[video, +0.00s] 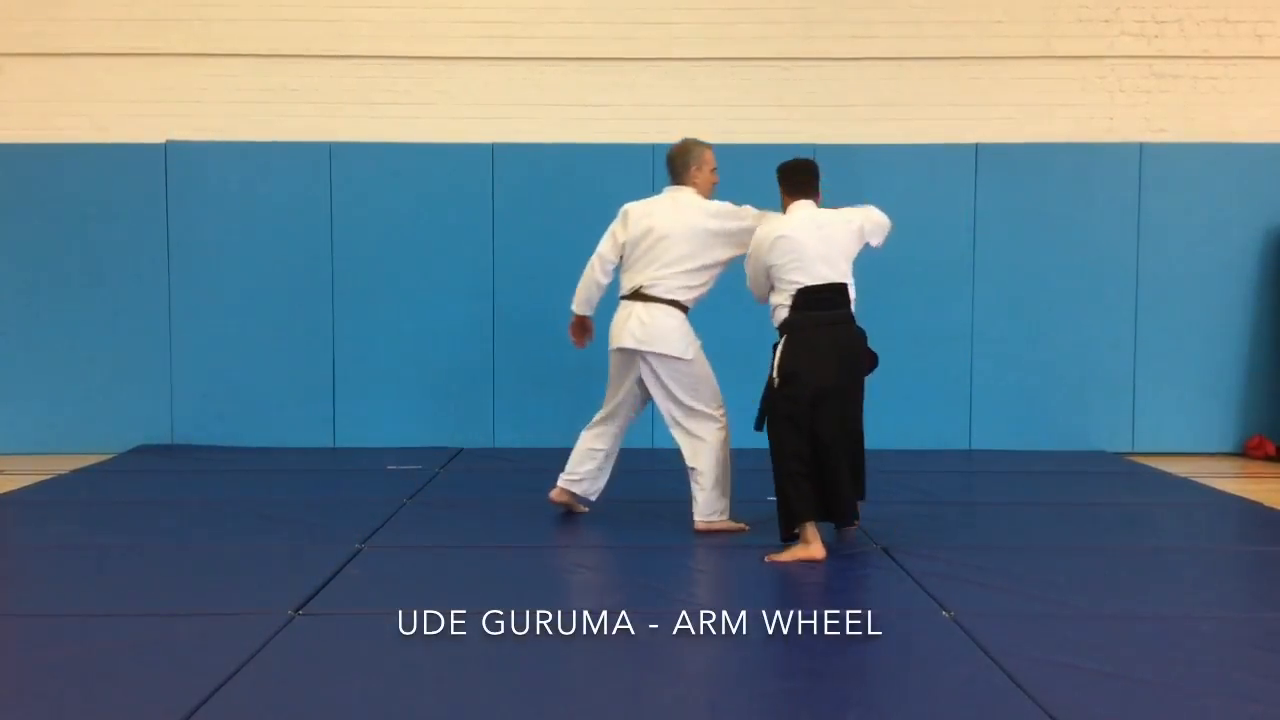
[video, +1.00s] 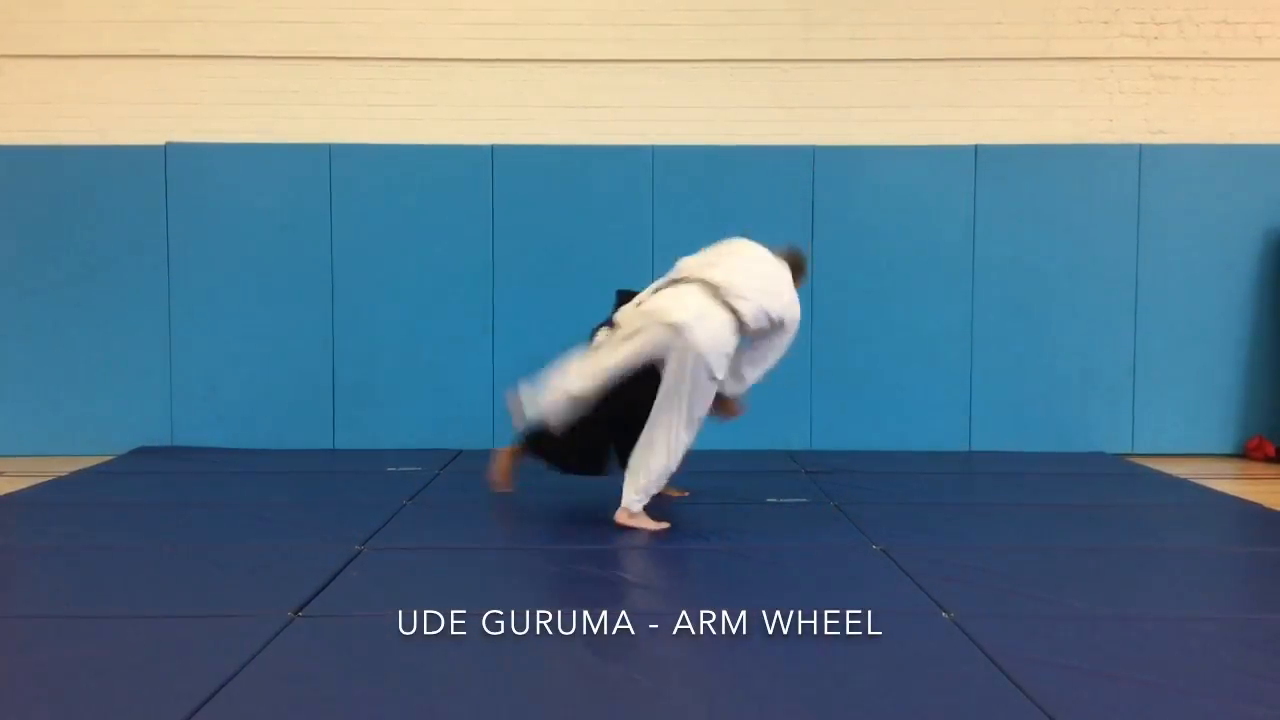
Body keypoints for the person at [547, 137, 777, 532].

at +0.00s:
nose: (716, 177)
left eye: (715, 170)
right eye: (711, 171)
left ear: (676, 174)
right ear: (694, 173)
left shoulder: (634, 210)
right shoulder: (716, 214)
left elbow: (601, 262)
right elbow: (777, 224)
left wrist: (581, 311)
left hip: (624, 325)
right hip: (668, 327)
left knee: (614, 411)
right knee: (707, 420)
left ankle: (570, 487)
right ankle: (710, 515)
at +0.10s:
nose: (730, 186)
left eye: (729, 179)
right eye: (726, 179)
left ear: (691, 181)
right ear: (710, 181)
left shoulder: (647, 211)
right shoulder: (731, 225)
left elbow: (607, 256)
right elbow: (781, 252)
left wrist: (586, 304)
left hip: (626, 321)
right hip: (669, 325)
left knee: (607, 410)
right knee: (708, 419)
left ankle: (566, 490)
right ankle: (708, 515)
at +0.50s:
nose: (729, 202)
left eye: (728, 196)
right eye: (728, 197)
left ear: (690, 194)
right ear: (718, 195)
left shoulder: (651, 220)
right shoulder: (727, 221)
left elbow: (622, 277)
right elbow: (762, 197)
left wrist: (644, 309)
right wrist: (775, 173)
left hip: (632, 318)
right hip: (678, 321)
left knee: (604, 413)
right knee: (714, 416)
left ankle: (572, 497)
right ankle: (710, 514)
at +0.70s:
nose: (734, 185)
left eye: (733, 178)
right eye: (732, 178)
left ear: (694, 176)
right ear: (715, 178)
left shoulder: (652, 214)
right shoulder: (721, 203)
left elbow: (636, 270)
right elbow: (771, 179)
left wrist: (660, 300)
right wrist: (798, 149)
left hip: (633, 314)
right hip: (675, 316)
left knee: (612, 408)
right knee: (708, 412)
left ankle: (575, 494)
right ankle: (707, 512)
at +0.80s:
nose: (750, 194)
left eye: (749, 187)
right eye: (747, 187)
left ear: (713, 184)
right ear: (733, 186)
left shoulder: (663, 218)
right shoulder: (734, 215)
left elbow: (646, 279)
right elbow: (782, 239)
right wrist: (825, 227)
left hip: (633, 324)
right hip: (674, 329)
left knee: (620, 419)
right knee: (712, 415)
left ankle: (578, 496)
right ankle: (675, 499)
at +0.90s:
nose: (781, 235)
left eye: (783, 228)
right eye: (782, 228)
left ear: (751, 213)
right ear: (776, 225)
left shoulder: (700, 227)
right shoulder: (769, 258)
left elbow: (654, 275)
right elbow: (773, 329)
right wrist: (786, 334)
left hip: (642, 321)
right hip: (682, 335)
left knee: (615, 408)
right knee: (694, 434)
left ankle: (571, 489)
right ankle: (634, 504)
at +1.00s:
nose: (794, 289)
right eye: (798, 284)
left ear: (774, 253)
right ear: (797, 279)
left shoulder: (739, 246)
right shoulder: (790, 307)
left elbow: (683, 269)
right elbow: (749, 365)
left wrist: (641, 302)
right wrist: (728, 395)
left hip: (671, 304)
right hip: (710, 339)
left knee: (600, 362)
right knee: (673, 423)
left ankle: (538, 403)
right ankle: (632, 507)